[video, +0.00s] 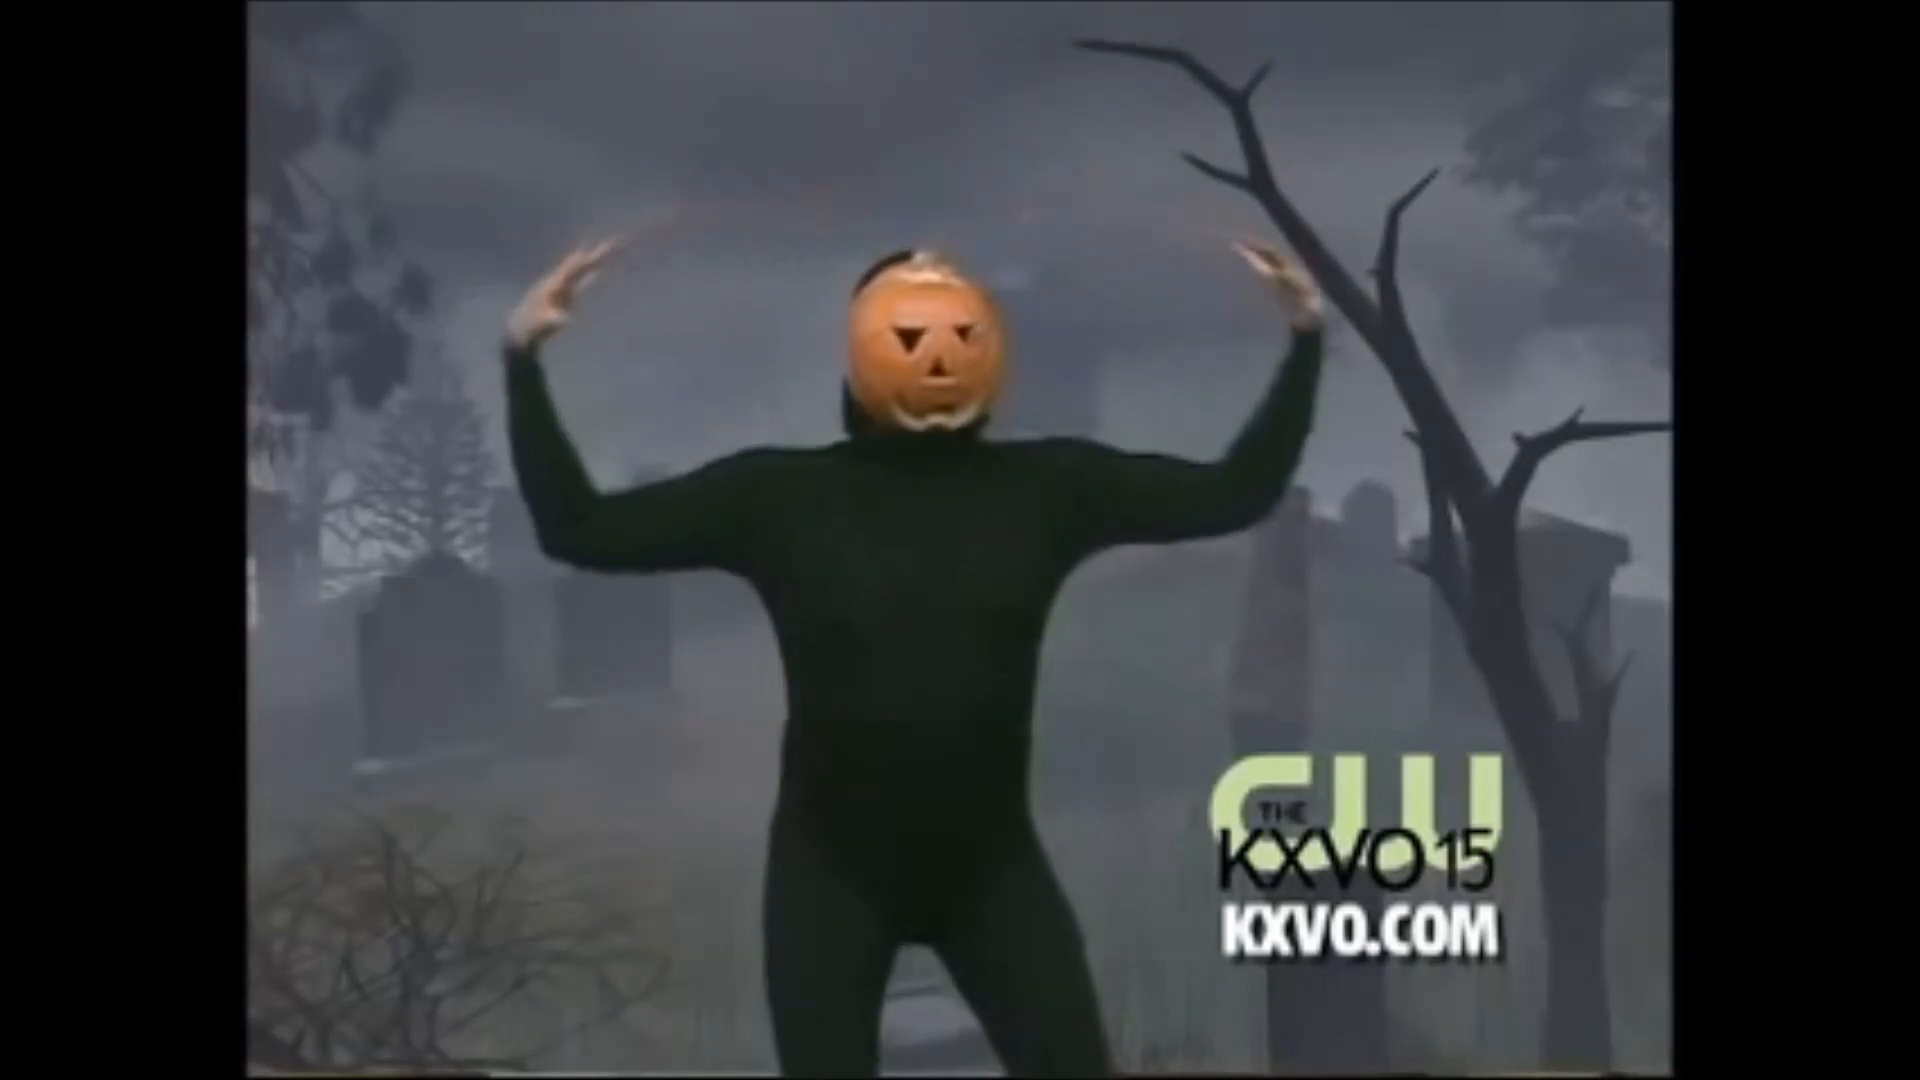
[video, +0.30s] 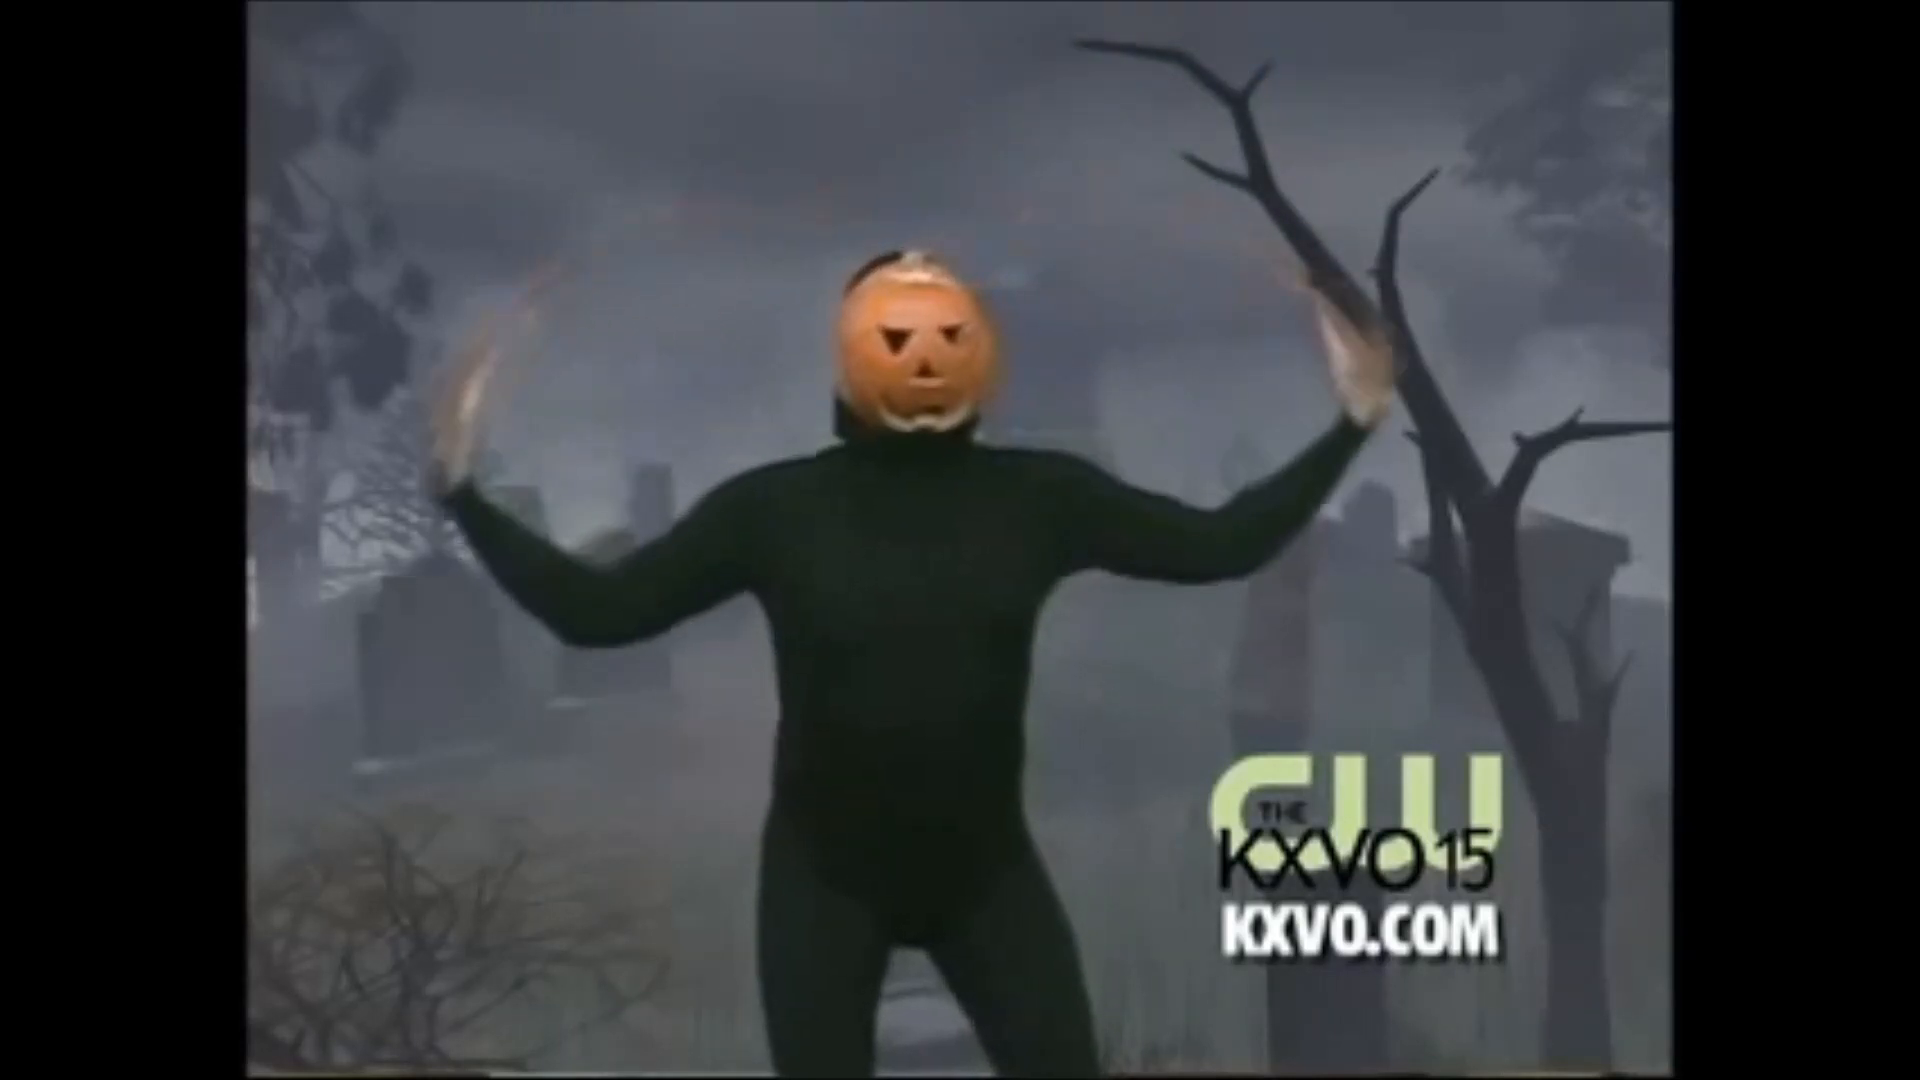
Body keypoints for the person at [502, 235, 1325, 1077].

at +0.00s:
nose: (937, 352)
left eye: (964, 331)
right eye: (903, 330)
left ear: (998, 364)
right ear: (853, 365)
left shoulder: (1053, 487)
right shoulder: (775, 494)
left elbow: (1239, 493)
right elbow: (580, 530)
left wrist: (1306, 341)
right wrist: (523, 360)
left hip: (992, 866)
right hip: (829, 873)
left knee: (1076, 1066)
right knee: (824, 1070)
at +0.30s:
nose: (924, 352)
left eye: (950, 333)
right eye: (892, 333)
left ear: (988, 365)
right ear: (843, 367)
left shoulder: (1042, 496)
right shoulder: (772, 508)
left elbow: (1219, 543)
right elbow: (598, 610)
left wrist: (1356, 416)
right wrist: (463, 488)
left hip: (986, 871)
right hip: (821, 877)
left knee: (1063, 1066)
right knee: (819, 1071)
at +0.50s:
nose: (908, 337)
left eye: (935, 324)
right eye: (877, 326)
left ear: (972, 368)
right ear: (833, 370)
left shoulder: (1029, 503)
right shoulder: (768, 516)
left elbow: (1202, 575)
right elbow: (622, 656)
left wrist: (1365, 496)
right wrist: (439, 610)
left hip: (979, 871)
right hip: (817, 876)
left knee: (1059, 1062)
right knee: (813, 1072)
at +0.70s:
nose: (895, 340)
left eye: (920, 324)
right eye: (864, 329)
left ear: (958, 366)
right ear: (822, 370)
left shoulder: (1012, 504)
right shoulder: (757, 522)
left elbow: (1166, 600)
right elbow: (636, 690)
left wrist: (1337, 579)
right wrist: (462, 731)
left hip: (973, 872)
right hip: (813, 878)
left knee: (1052, 1065)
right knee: (812, 1074)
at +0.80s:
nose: (887, 354)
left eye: (913, 333)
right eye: (856, 338)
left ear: (954, 363)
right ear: (814, 373)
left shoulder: (1007, 504)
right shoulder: (750, 529)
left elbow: (1142, 622)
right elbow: (655, 711)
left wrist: (1306, 634)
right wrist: (512, 816)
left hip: (973, 873)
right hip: (811, 882)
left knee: (1041, 1064)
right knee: (809, 1071)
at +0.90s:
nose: (886, 360)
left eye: (912, 336)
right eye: (854, 338)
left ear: (948, 353)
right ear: (802, 358)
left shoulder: (988, 486)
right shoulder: (761, 518)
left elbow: (1064, 621)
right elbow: (716, 728)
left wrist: (1158, 732)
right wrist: (670, 883)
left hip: (972, 864)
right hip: (817, 876)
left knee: (1010, 1063)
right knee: (818, 1063)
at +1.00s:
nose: (889, 333)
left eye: (913, 309)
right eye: (854, 314)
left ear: (946, 328)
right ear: (801, 339)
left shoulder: (978, 474)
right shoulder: (773, 507)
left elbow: (989, 663)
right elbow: (797, 717)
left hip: (975, 827)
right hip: (826, 838)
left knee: (1013, 1050)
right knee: (831, 1050)